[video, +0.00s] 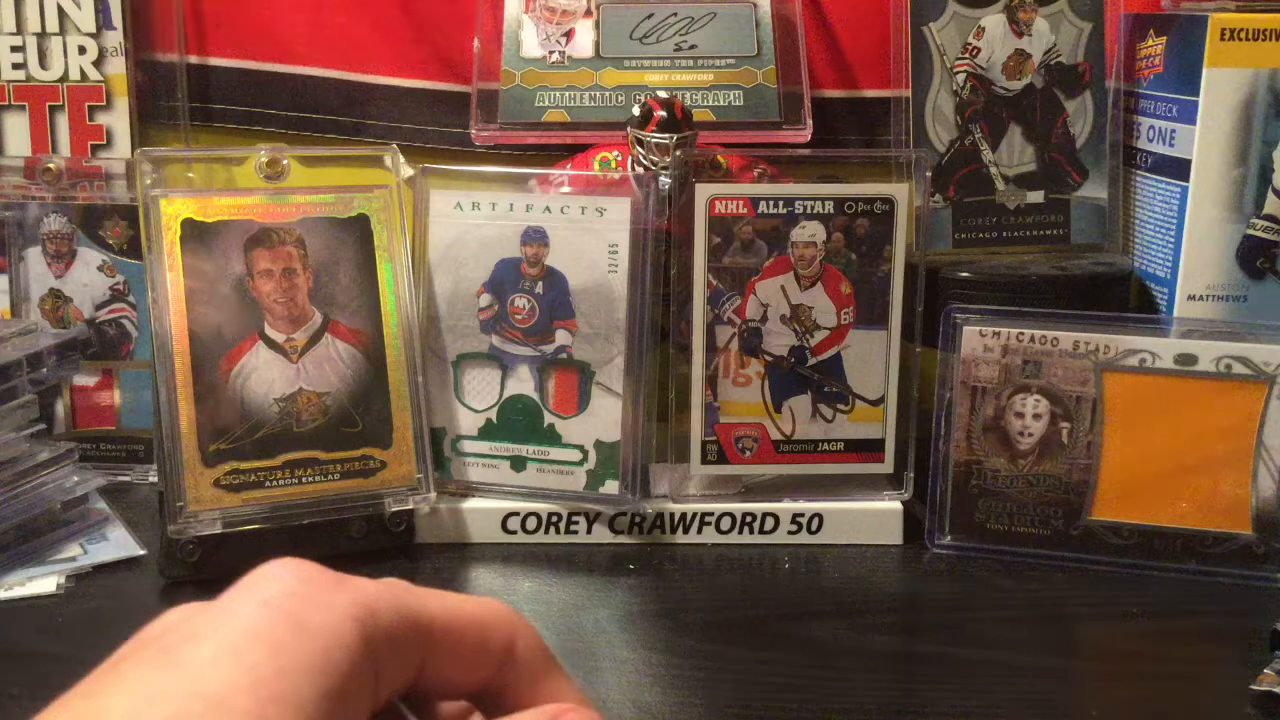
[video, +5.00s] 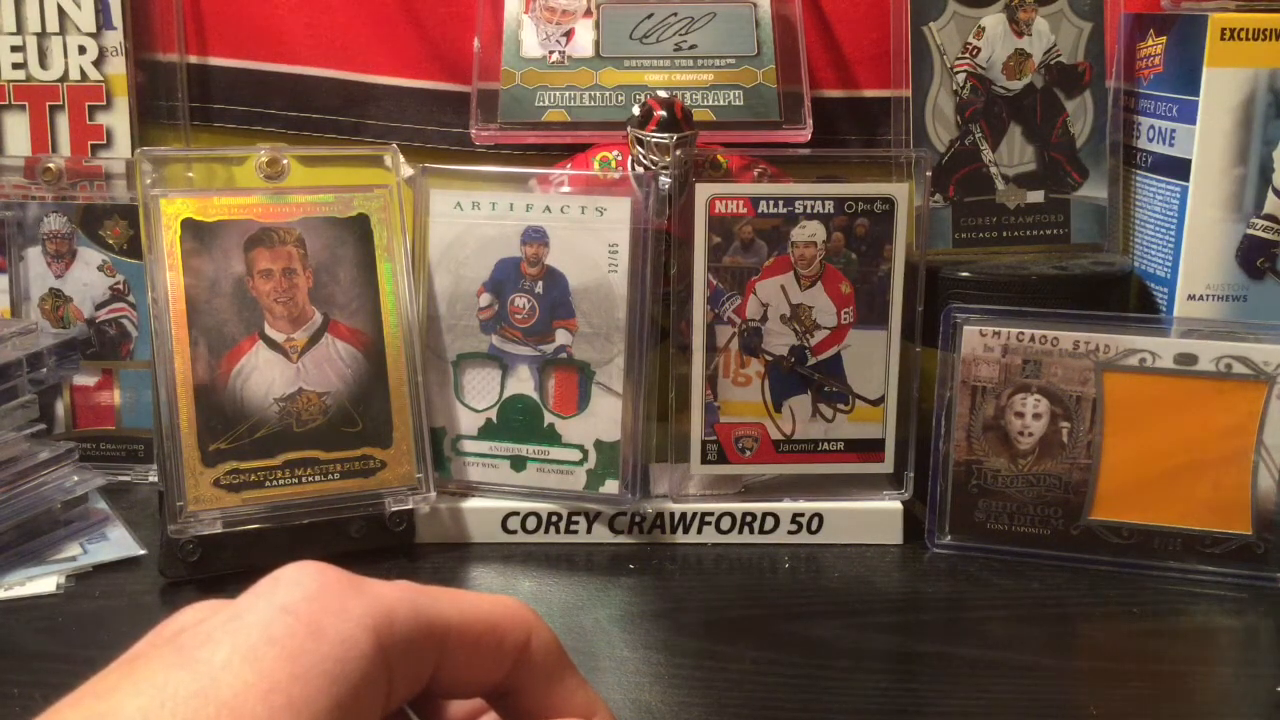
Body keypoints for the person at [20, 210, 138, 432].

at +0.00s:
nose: (57, 252)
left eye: (63, 244)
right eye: (51, 244)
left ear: (73, 242)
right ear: (42, 243)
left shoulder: (96, 265)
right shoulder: (27, 262)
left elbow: (122, 313)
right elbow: (14, 312)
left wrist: (101, 338)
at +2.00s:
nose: (57, 247)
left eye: (63, 241)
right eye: (51, 241)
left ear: (72, 240)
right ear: (43, 242)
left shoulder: (96, 264)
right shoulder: (28, 261)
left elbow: (121, 306)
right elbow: (14, 309)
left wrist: (107, 335)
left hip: (88, 369)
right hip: (40, 366)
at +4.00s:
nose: (57, 245)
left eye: (62, 239)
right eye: (51, 240)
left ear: (72, 239)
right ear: (43, 242)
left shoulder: (95, 264)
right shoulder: (27, 261)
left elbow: (120, 303)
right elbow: (10, 305)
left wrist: (108, 333)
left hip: (88, 362)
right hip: (39, 360)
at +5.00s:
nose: (57, 246)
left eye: (62, 239)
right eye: (51, 240)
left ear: (72, 239)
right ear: (43, 242)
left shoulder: (96, 264)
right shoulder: (27, 261)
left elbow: (120, 304)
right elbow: (13, 308)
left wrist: (108, 334)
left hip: (88, 361)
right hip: (40, 358)